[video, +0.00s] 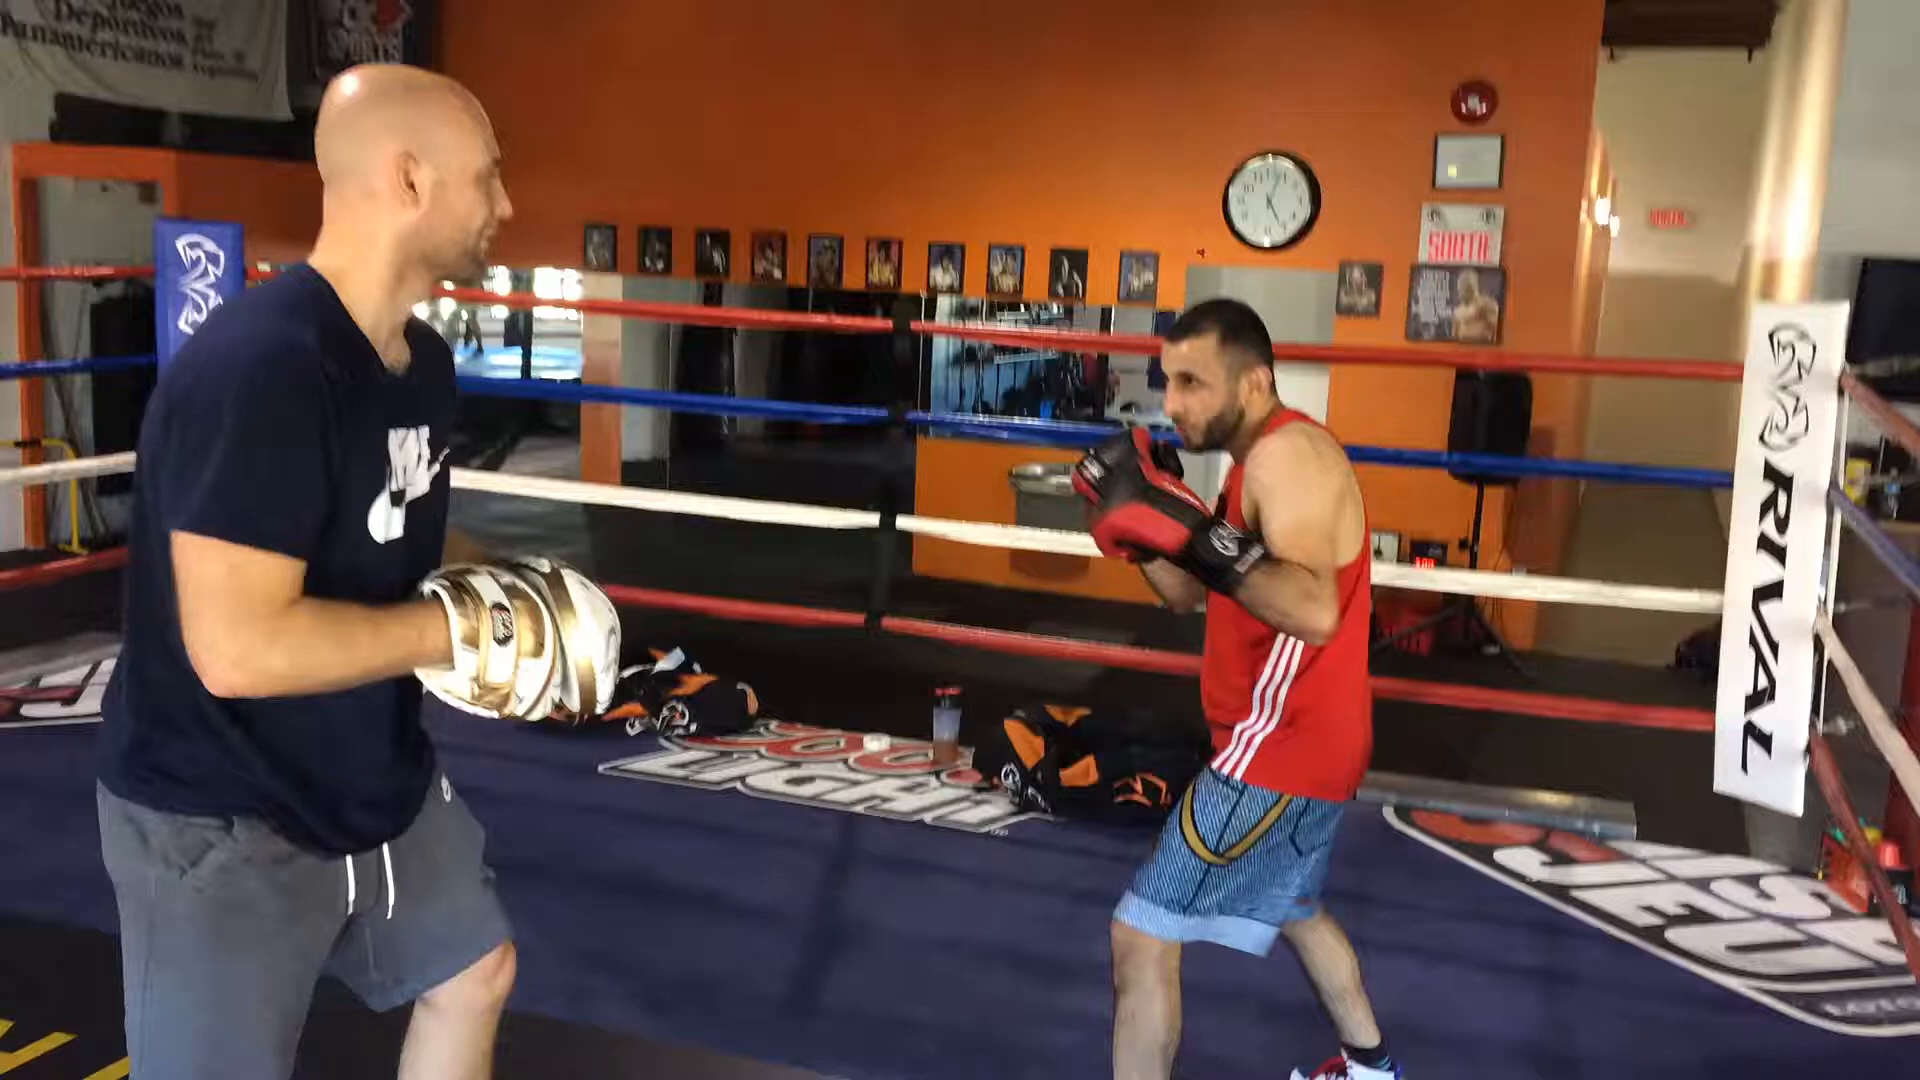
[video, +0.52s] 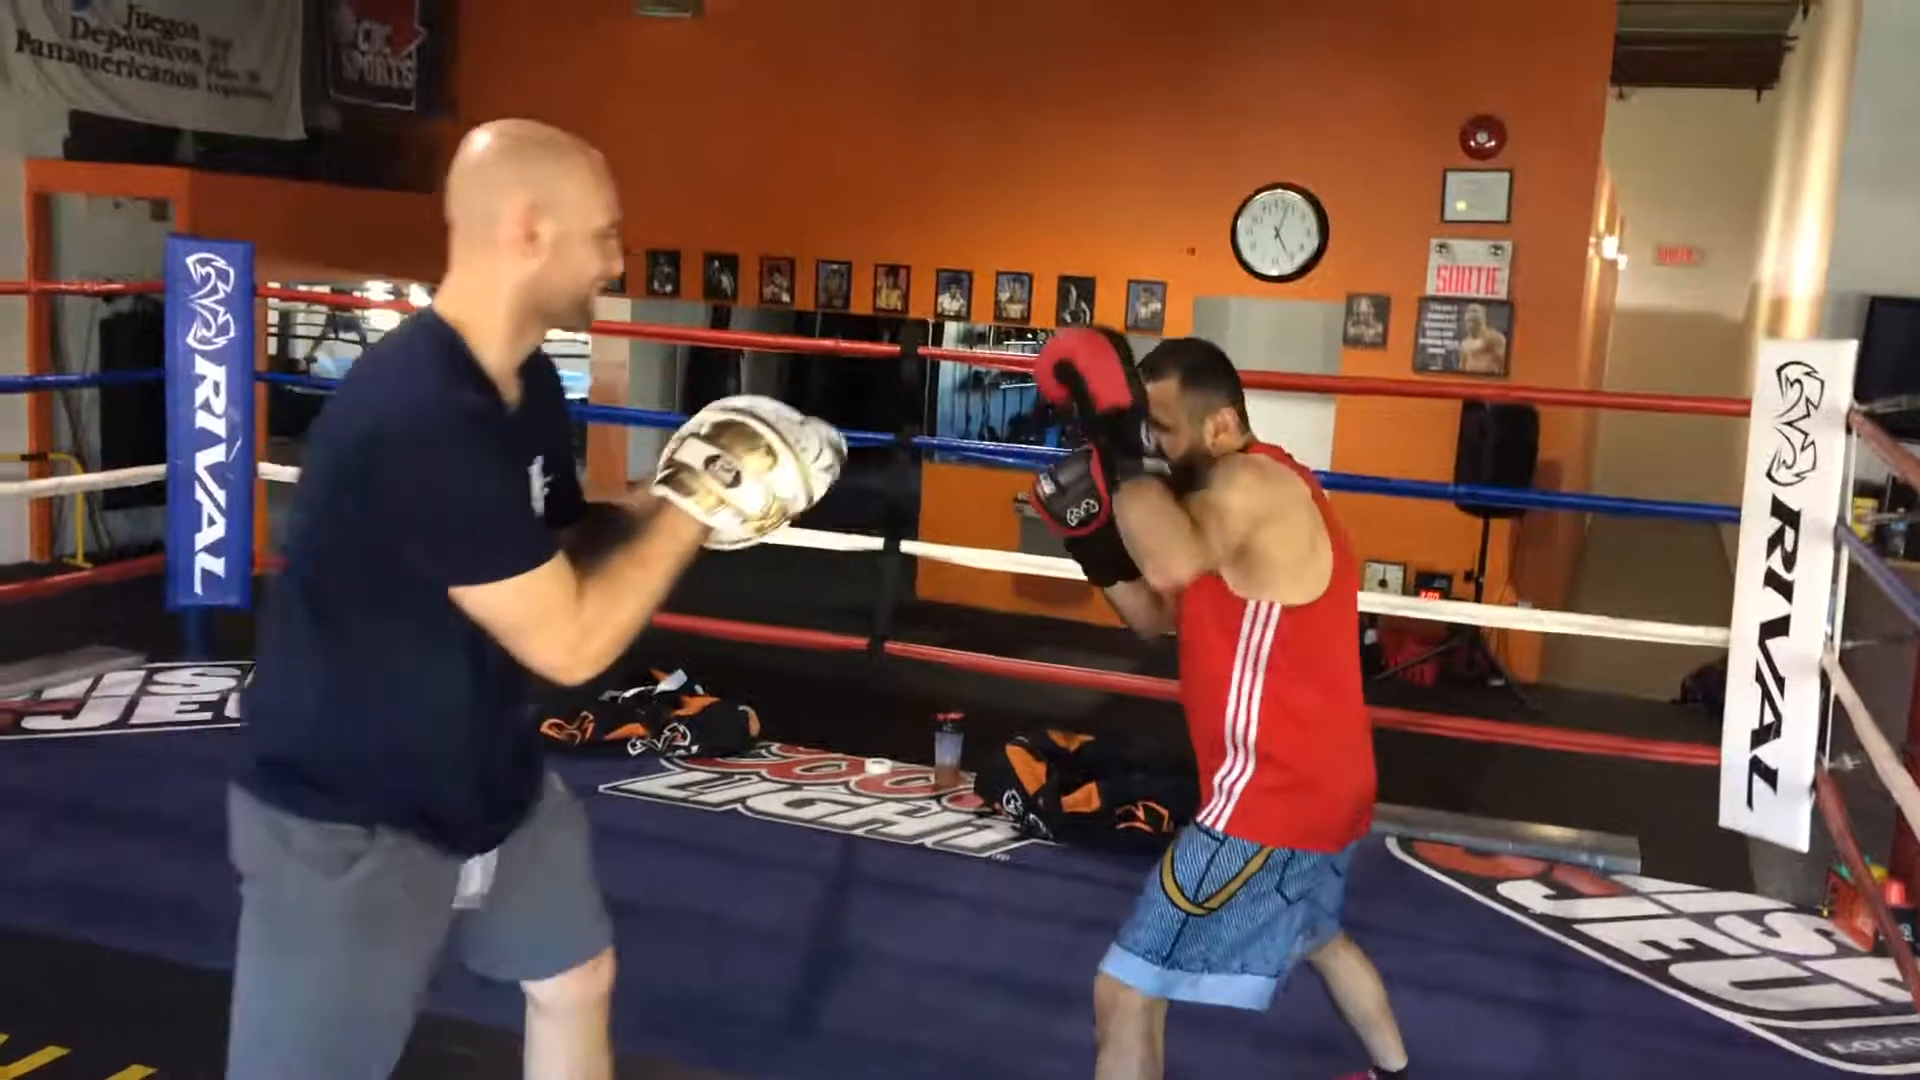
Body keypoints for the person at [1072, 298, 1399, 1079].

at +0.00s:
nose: (1172, 405)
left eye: (1190, 384)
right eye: (1167, 383)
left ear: (1252, 380)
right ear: (1245, 383)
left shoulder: (1288, 458)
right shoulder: (1259, 458)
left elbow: (1315, 611)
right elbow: (1191, 595)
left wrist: (1198, 535)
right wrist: (1135, 514)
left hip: (1278, 754)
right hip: (1307, 751)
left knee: (1143, 935)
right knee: (1297, 908)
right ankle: (1370, 1063)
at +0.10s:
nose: (1172, 406)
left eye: (1190, 385)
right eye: (1168, 385)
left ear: (1253, 383)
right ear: (1243, 386)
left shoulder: (1288, 458)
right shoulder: (1252, 462)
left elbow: (1324, 605)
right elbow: (1184, 590)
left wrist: (1203, 530)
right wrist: (1131, 510)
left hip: (1273, 757)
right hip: (1302, 755)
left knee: (1147, 943)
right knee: (1293, 910)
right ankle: (1367, 1065)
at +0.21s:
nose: (1159, 417)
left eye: (1178, 397)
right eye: (1154, 397)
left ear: (1241, 398)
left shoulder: (1266, 469)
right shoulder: (1243, 474)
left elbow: (1290, 612)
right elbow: (1166, 597)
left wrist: (1188, 530)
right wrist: (1112, 523)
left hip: (1257, 774)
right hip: (1294, 770)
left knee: (1137, 969)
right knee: (1288, 929)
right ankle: (1360, 1068)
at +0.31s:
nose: (1144, 427)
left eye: (1163, 409)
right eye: (1138, 408)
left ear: (1227, 406)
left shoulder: (1250, 473)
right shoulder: (1213, 481)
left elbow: (1228, 592)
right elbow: (1138, 597)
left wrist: (1146, 484)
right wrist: (1089, 517)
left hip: (1249, 785)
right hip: (1294, 781)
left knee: (1120, 977)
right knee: (1292, 938)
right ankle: (1358, 1069)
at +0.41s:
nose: (1142, 433)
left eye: (1157, 415)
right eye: (1136, 416)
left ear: (1217, 411)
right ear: (1214, 414)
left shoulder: (1244, 472)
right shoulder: (1217, 480)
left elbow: (1171, 548)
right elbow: (1139, 604)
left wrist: (1113, 434)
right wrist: (1083, 522)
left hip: (1257, 792)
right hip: (1308, 785)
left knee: (1125, 984)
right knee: (1302, 939)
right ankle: (1366, 1071)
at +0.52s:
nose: (1147, 442)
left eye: (1161, 424)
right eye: (1144, 426)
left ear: (1222, 423)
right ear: (1224, 425)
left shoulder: (1252, 481)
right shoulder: (1227, 489)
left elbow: (1173, 560)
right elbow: (1152, 618)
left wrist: (1119, 450)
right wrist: (1090, 537)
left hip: (1267, 799)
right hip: (1318, 791)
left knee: (1126, 989)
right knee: (1321, 938)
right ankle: (1395, 1067)